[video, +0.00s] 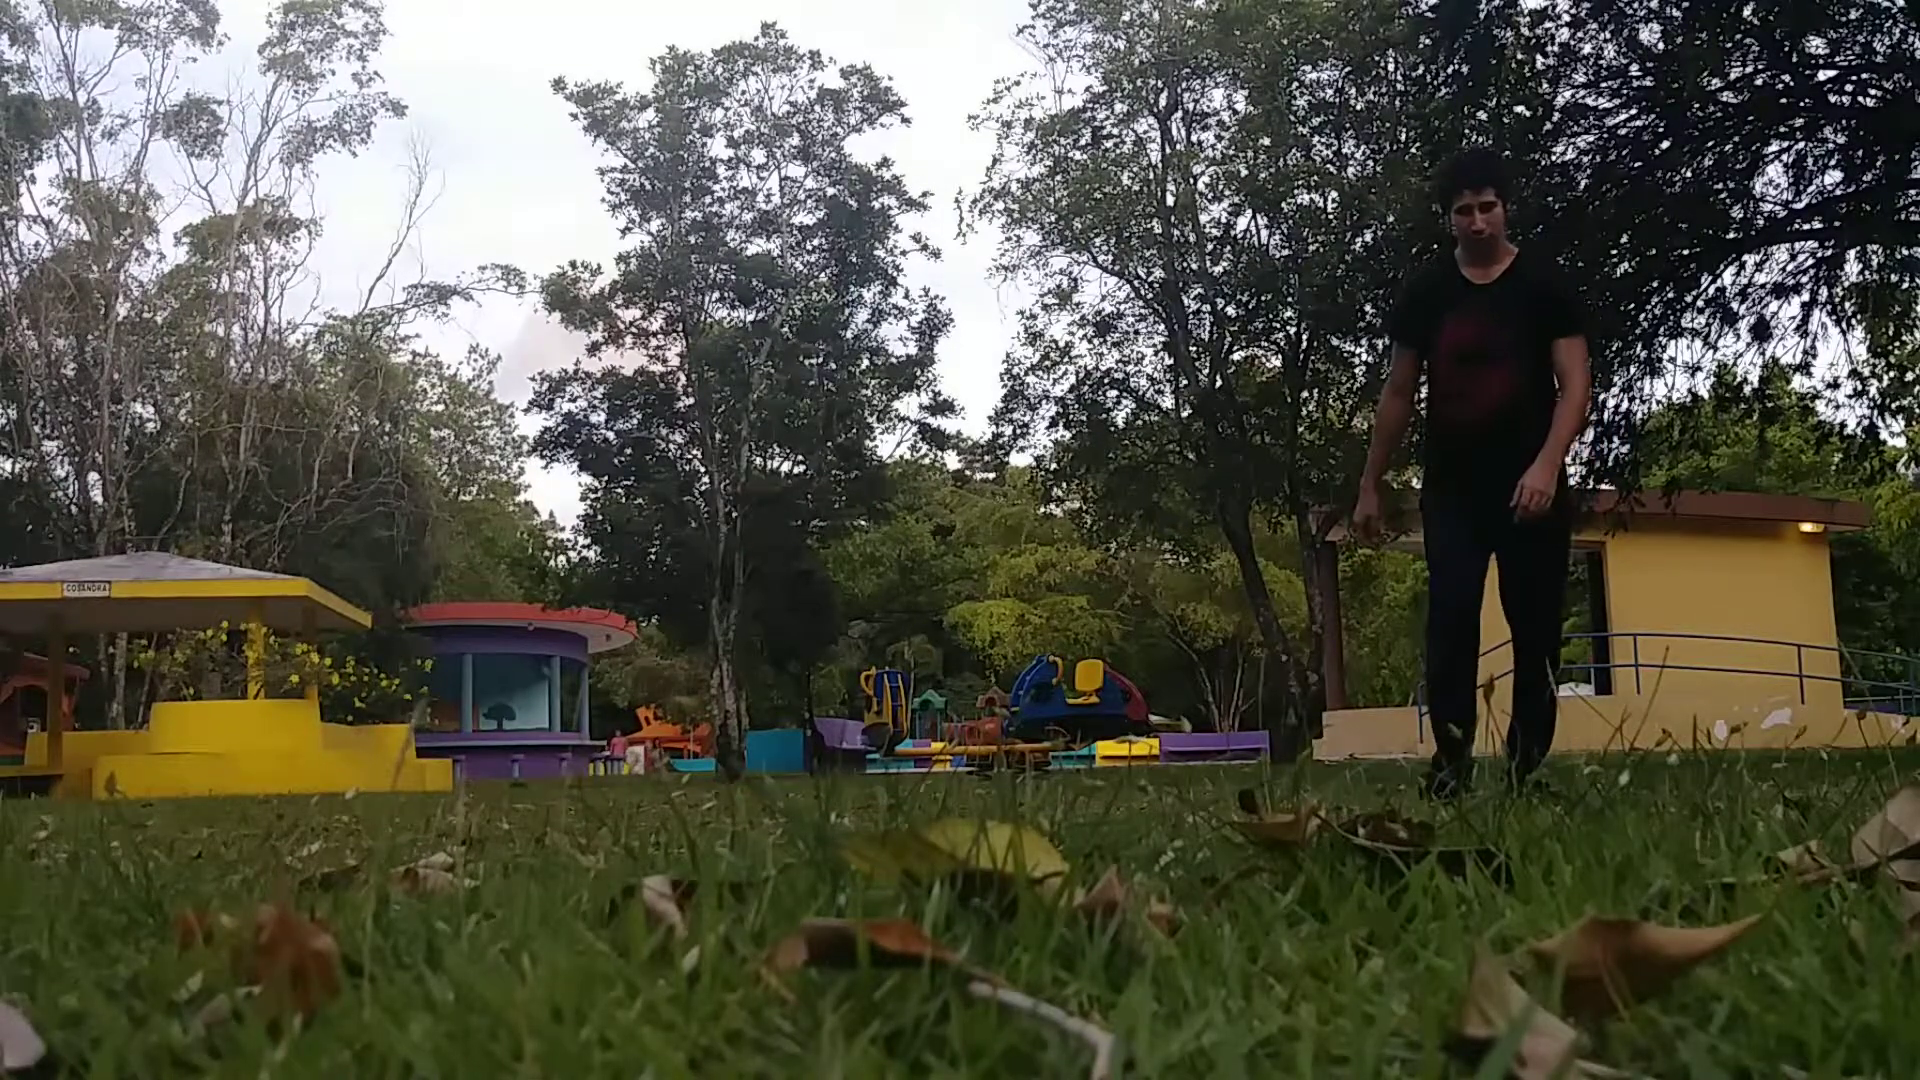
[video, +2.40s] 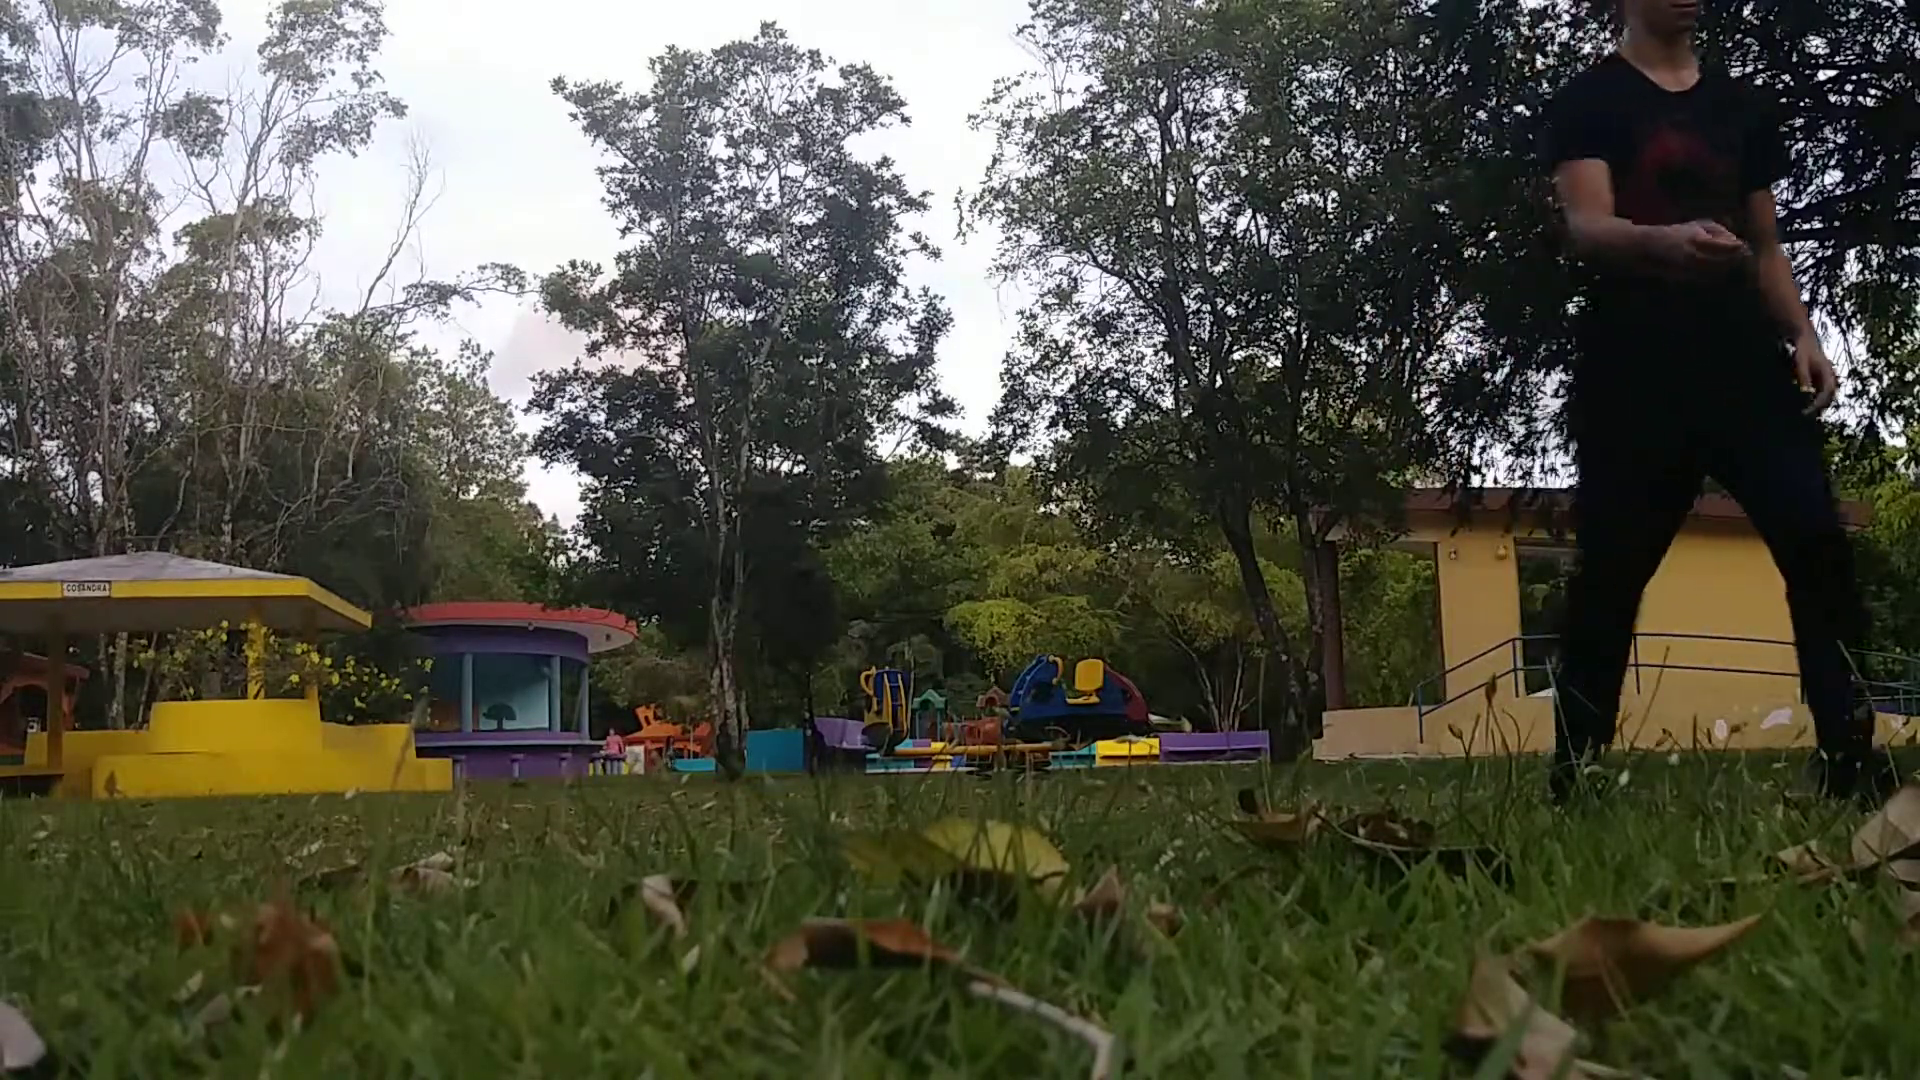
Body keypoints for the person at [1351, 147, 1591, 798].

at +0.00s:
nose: (1477, 220)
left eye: (1487, 208)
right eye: (1465, 210)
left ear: (1506, 211)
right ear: (1449, 217)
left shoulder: (1547, 286)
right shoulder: (1425, 291)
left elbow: (1576, 387)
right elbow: (1398, 390)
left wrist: (1546, 465)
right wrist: (1370, 481)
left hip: (1530, 485)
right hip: (1452, 490)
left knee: (1536, 635)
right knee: (1448, 630)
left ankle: (1526, 769)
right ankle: (1450, 767)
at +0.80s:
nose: (1474, 144)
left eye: (1483, 130)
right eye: (1459, 134)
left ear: (1496, 135)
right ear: (1429, 144)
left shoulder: (1534, 227)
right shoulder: (1402, 234)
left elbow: (1566, 338)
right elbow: (1387, 322)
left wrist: (1590, 442)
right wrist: (1411, 365)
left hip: (1532, 441)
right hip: (1446, 449)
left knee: (1574, 588)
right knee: (1441, 617)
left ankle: (1586, 759)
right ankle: (1460, 771)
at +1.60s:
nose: (1584, 64)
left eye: (1592, 49)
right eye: (1565, 53)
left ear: (1607, 61)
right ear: (1530, 72)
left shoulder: (1648, 171)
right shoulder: (1489, 184)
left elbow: (1689, 279)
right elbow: (1459, 308)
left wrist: (1695, 381)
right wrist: (1428, 420)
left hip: (1623, 415)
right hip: (1524, 421)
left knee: (1622, 597)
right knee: (1535, 595)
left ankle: (1610, 761)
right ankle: (1552, 764)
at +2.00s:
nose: (1580, 22)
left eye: (1589, 8)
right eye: (1559, 10)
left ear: (1602, 21)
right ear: (1525, 31)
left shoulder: (1650, 125)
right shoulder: (1497, 142)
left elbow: (1690, 250)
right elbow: (1445, 270)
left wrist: (1701, 358)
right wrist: (1470, 356)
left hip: (1652, 388)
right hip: (1548, 395)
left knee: (1690, 575)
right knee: (1548, 585)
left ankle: (1621, 724)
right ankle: (1568, 766)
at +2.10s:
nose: (1594, 13)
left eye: (1604, 0)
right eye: (1575, 0)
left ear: (1617, 14)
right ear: (1538, 16)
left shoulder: (1662, 117)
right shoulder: (1503, 129)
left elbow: (1705, 245)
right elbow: (1452, 250)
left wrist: (1729, 352)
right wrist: (1513, 279)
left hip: (1662, 373)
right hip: (1558, 383)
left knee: (1721, 555)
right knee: (1557, 573)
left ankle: (1656, 729)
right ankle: (1568, 767)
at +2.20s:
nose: (1619, 3)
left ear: (1636, 8)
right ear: (1555, 9)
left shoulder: (1679, 113)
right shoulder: (1522, 114)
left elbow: (1720, 238)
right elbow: (1486, 230)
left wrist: (1756, 337)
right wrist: (1567, 235)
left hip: (1676, 363)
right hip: (1572, 373)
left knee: (1759, 537)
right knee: (1566, 571)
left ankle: (1728, 742)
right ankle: (1568, 765)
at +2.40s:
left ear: (1702, 4)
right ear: (1623, 2)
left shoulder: (1743, 107)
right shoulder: (1589, 97)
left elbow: (1764, 244)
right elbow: (1586, 227)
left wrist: (1805, 333)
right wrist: (1667, 241)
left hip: (1743, 364)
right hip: (1634, 369)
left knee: (1817, 546)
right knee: (1610, 570)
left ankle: (1846, 753)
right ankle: (1577, 767)